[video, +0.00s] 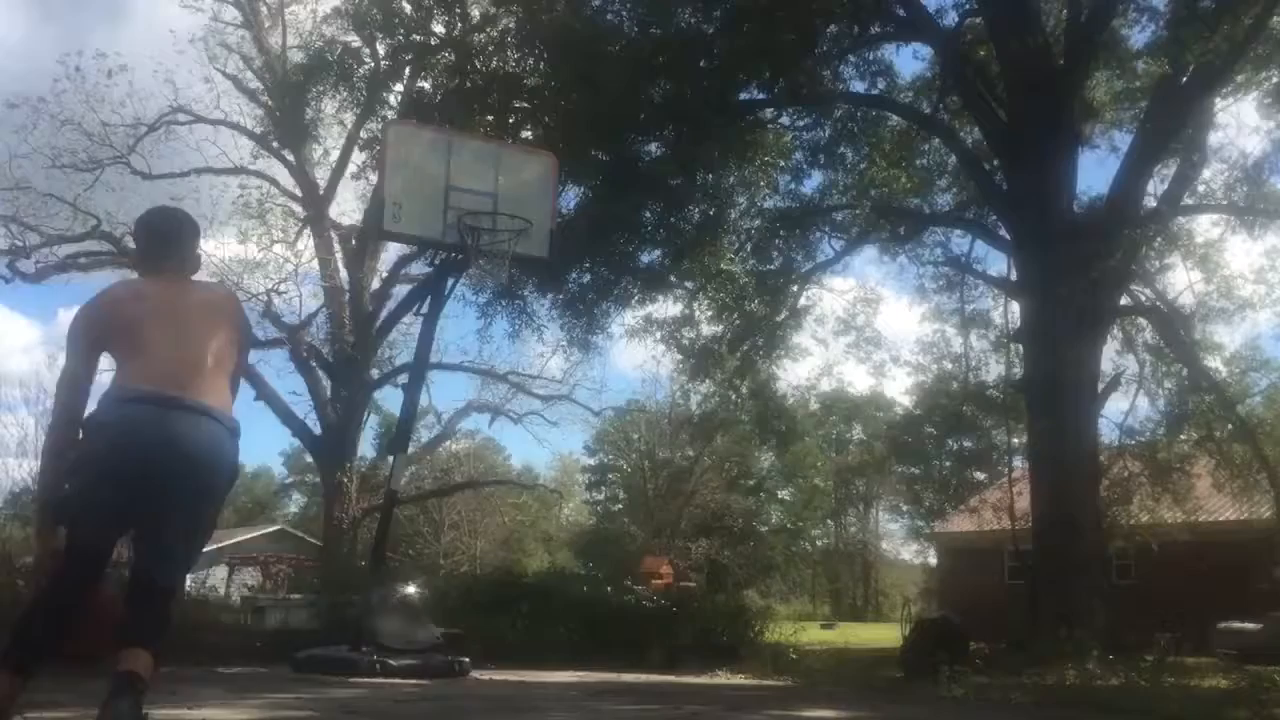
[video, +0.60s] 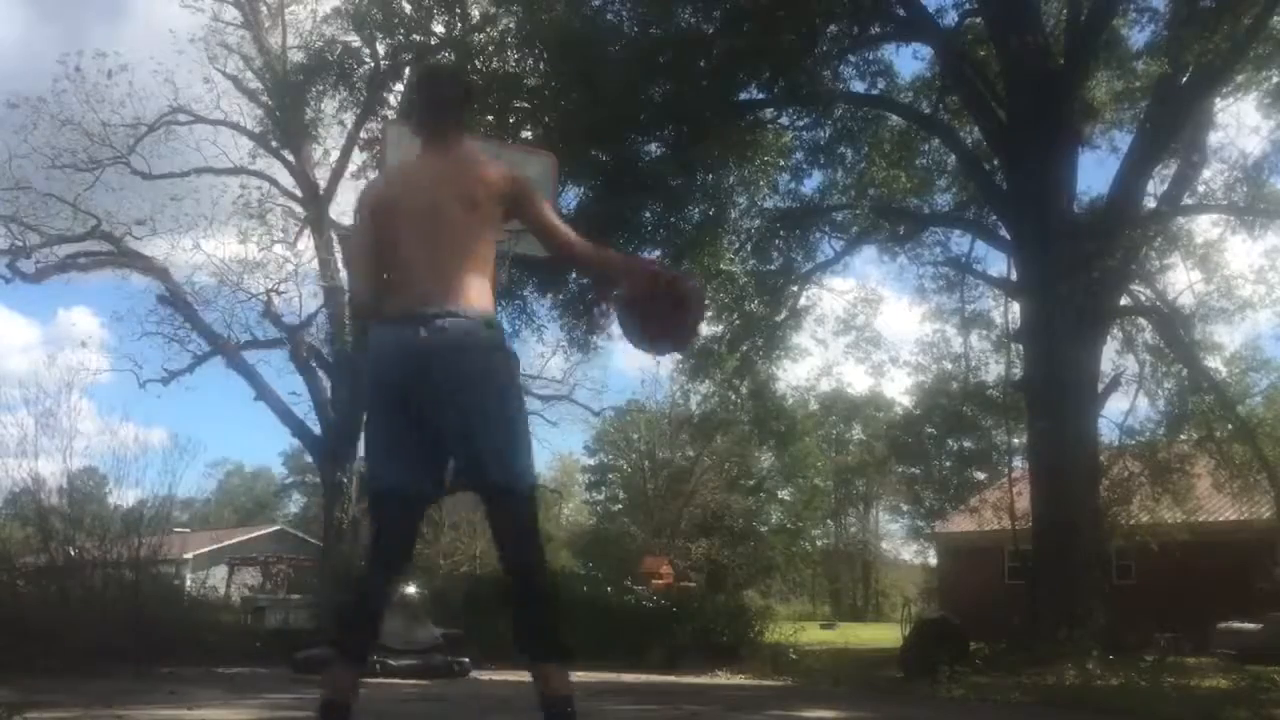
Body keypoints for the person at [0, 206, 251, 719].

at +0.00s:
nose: (195, 257)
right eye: (196, 249)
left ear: (137, 251)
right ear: (195, 254)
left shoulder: (105, 304)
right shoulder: (229, 304)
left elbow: (66, 418)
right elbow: (229, 386)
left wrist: (46, 513)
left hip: (123, 428)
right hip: (207, 441)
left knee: (74, 569)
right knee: (159, 579)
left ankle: (8, 689)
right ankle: (126, 695)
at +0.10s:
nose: (234, 260)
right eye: (236, 252)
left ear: (178, 254)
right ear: (233, 255)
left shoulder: (138, 300)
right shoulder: (260, 307)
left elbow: (118, 399)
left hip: (133, 433)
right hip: (218, 443)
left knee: (81, 567)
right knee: (195, 578)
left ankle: (10, 681)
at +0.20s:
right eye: (288, 224)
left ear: (238, 225)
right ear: (292, 227)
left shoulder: (195, 271)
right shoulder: (315, 284)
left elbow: (145, 356)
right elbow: (357, 388)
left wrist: (164, 425)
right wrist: (396, 470)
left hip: (185, 414)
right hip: (268, 425)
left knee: (111, 557)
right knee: (258, 582)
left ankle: (16, 688)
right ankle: (253, 708)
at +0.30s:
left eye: (293, 173)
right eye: (337, 174)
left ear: (288, 175)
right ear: (343, 177)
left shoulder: (256, 221)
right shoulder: (369, 233)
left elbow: (190, 265)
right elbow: (440, 323)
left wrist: (197, 351)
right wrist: (498, 393)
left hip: (245, 377)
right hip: (322, 386)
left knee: (187, 540)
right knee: (283, 551)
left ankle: (113, 684)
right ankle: (262, 703)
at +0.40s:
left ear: (335, 126)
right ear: (389, 126)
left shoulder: (302, 176)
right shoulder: (416, 183)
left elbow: (236, 217)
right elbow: (494, 259)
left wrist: (253, 311)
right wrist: (558, 310)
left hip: (298, 331)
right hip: (373, 337)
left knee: (282, 497)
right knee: (347, 504)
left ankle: (248, 646)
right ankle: (317, 662)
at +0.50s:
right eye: (428, 99)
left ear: (374, 102)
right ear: (432, 100)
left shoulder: (335, 164)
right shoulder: (455, 157)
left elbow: (286, 234)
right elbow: (536, 236)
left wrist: (329, 297)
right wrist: (612, 268)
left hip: (346, 321)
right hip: (423, 323)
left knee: (344, 516)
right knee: (419, 512)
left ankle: (311, 691)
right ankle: (414, 694)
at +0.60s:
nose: (426, 120)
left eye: (420, 109)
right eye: (447, 108)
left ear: (412, 118)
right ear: (468, 113)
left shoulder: (379, 192)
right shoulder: (499, 175)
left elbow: (365, 296)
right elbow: (571, 247)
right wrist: (644, 271)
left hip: (393, 354)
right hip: (472, 350)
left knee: (388, 543)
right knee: (517, 531)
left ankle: (339, 692)